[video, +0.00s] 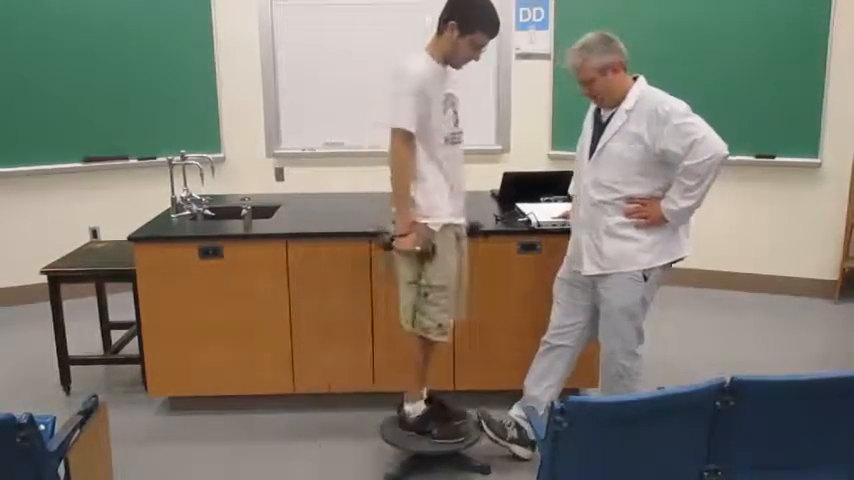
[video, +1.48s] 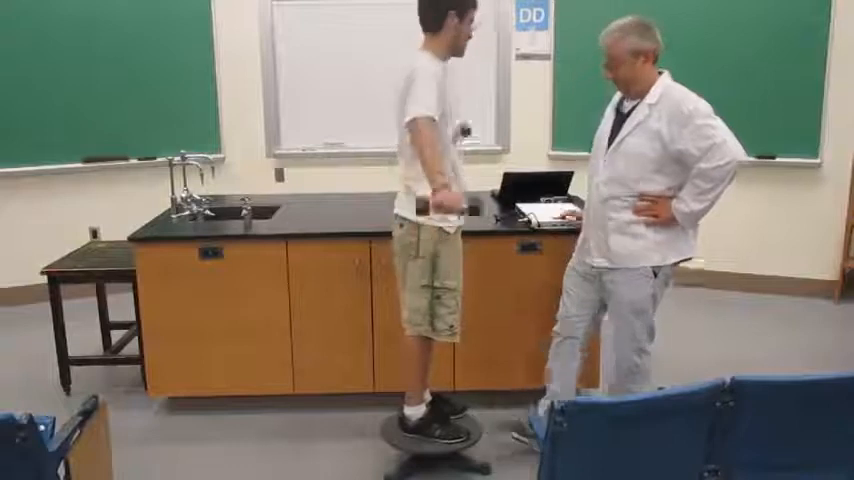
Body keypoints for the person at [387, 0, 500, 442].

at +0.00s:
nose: (477, 57)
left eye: (481, 49)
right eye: (475, 47)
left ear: (458, 35)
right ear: (450, 30)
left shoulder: (442, 77)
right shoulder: (416, 75)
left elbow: (440, 152)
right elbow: (401, 147)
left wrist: (454, 216)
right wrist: (403, 220)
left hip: (448, 219)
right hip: (426, 220)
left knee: (437, 319)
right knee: (427, 320)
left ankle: (421, 399)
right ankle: (413, 407)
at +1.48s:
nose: (472, 32)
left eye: (473, 23)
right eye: (470, 22)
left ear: (441, 21)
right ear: (453, 20)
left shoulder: (435, 68)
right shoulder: (426, 68)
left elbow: (429, 131)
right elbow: (420, 127)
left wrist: (449, 185)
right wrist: (440, 184)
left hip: (435, 216)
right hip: (423, 217)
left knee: (431, 314)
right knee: (421, 316)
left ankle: (423, 398)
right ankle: (414, 411)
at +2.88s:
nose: (474, 35)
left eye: (475, 26)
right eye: (470, 25)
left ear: (446, 25)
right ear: (445, 23)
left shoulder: (438, 72)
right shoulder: (423, 68)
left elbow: (442, 141)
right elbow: (418, 111)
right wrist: (419, 136)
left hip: (439, 215)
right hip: (422, 215)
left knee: (432, 314)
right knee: (422, 316)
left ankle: (421, 399)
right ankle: (414, 411)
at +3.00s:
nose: (473, 35)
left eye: (474, 26)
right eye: (470, 26)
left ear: (444, 25)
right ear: (443, 24)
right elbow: (408, 106)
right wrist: (402, 134)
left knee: (432, 314)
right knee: (420, 316)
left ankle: (422, 399)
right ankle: (412, 411)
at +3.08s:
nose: (473, 35)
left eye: (474, 26)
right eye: (470, 26)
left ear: (444, 25)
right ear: (443, 24)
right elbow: (408, 106)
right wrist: (402, 134)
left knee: (432, 314)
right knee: (420, 316)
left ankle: (422, 399)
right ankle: (412, 411)